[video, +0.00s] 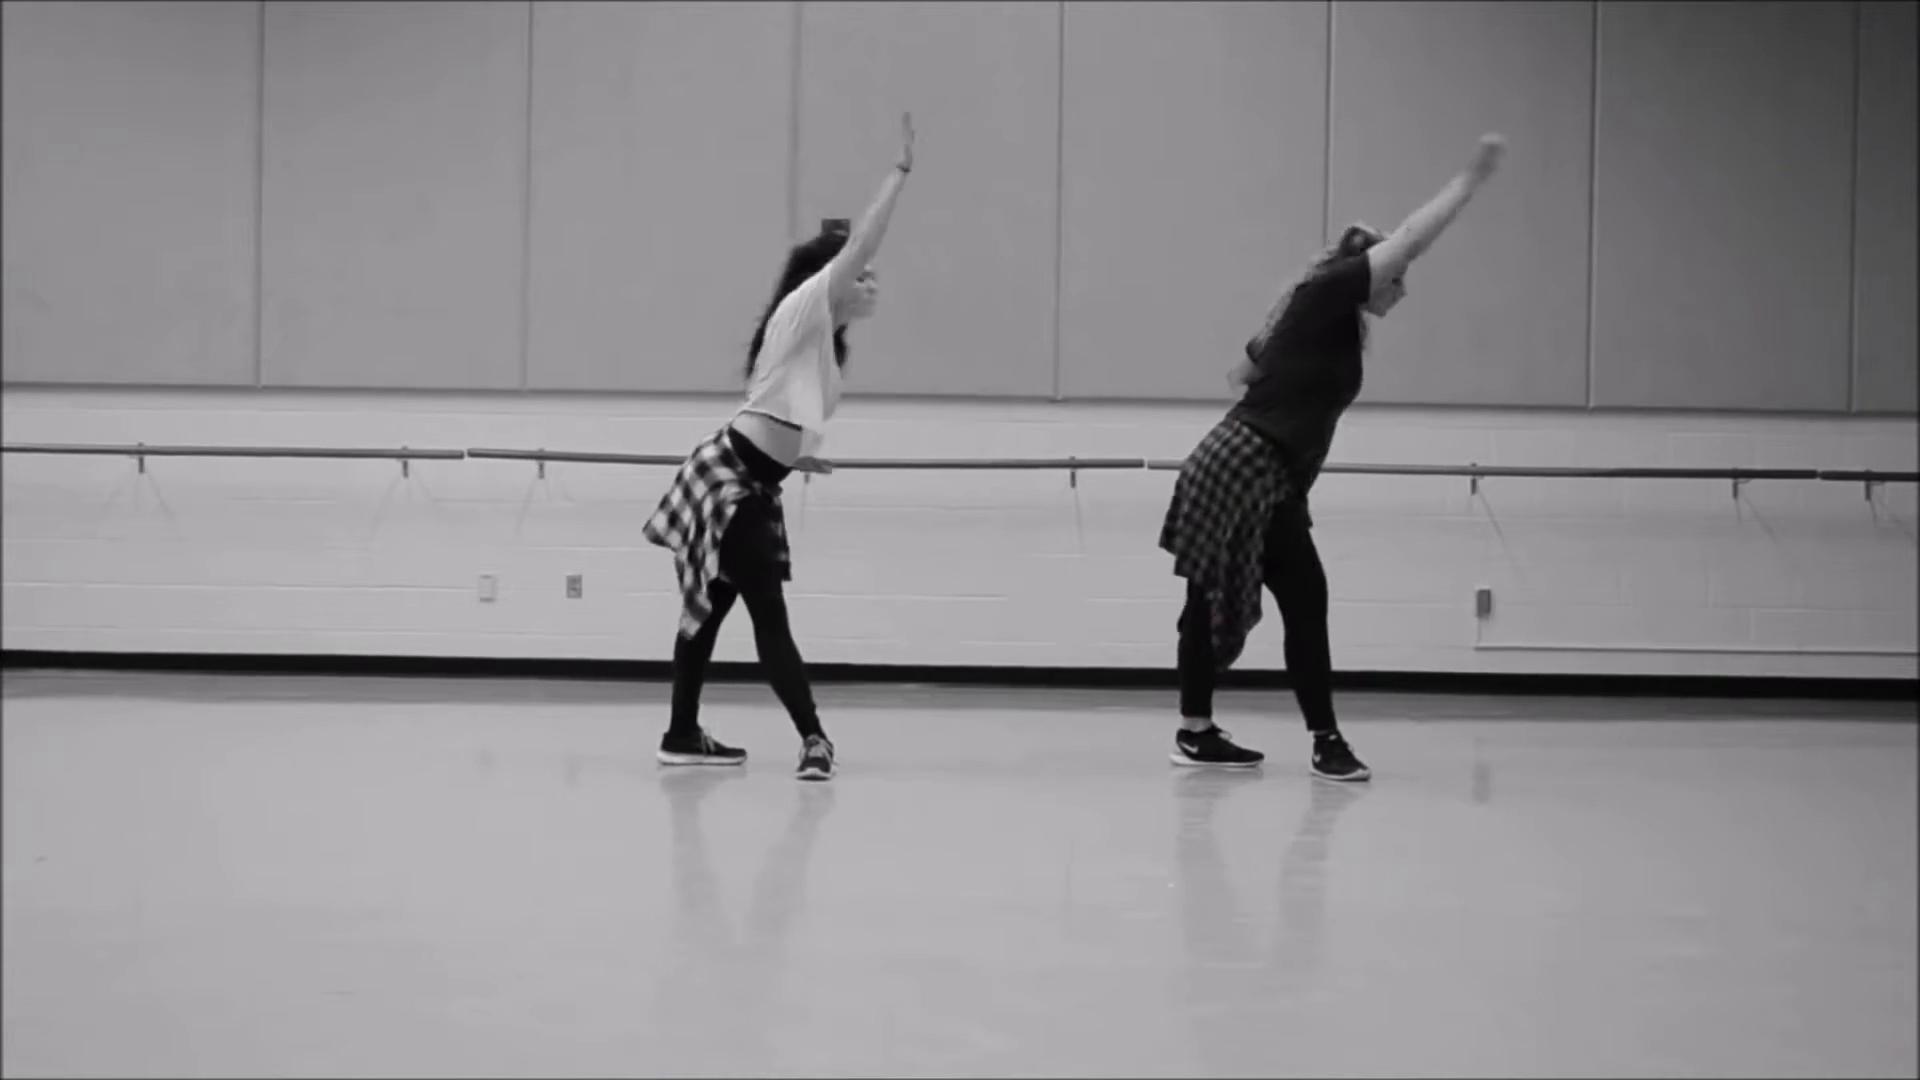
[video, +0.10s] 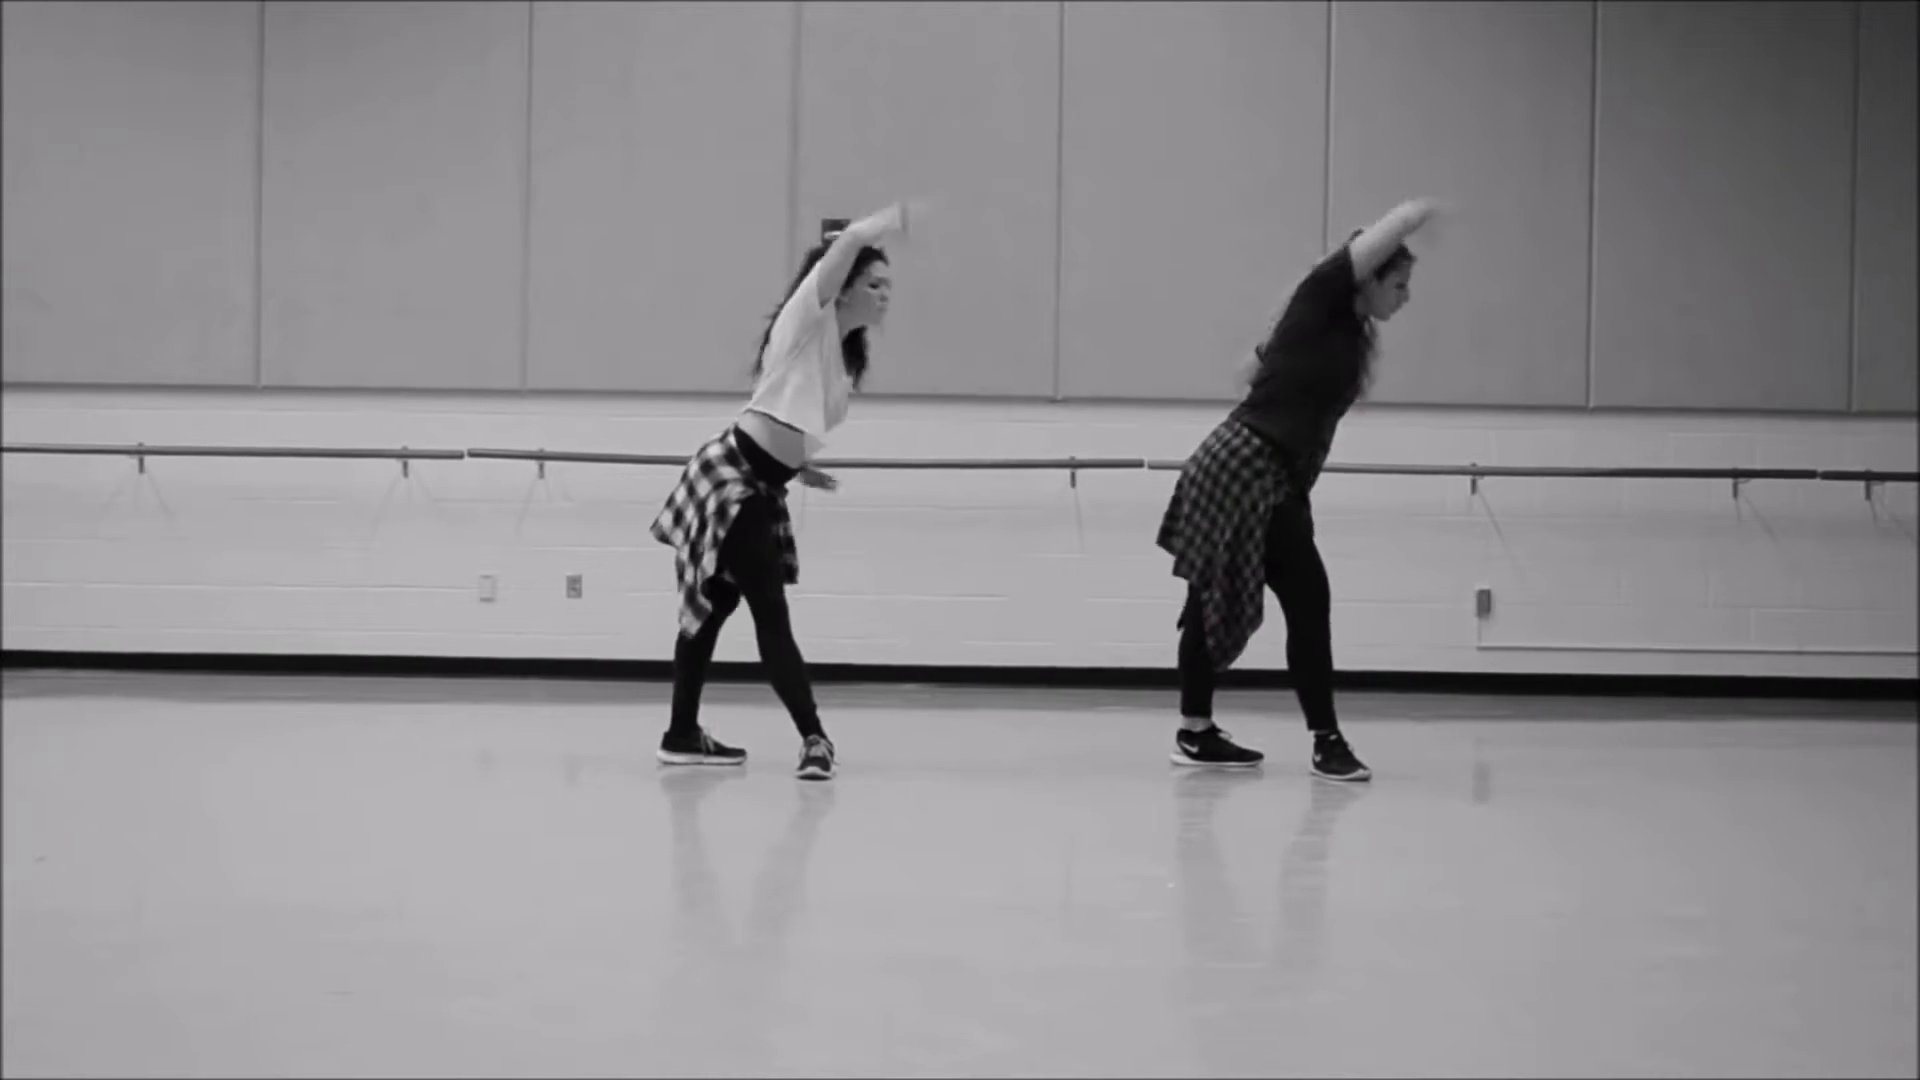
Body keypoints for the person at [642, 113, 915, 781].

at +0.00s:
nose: (871, 287)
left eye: (871, 276)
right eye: (861, 276)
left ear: (850, 284)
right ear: (832, 278)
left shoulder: (819, 341)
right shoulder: (799, 316)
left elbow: (772, 420)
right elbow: (858, 247)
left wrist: (805, 456)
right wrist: (900, 173)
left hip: (750, 479)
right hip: (737, 477)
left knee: (708, 605)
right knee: (768, 613)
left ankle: (682, 732)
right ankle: (813, 740)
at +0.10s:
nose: (886, 295)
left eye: (888, 287)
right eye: (876, 286)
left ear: (876, 297)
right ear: (842, 287)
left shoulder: (838, 356)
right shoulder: (803, 326)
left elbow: (785, 419)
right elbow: (845, 243)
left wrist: (805, 464)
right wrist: (890, 218)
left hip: (762, 485)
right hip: (735, 474)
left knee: (708, 606)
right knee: (771, 613)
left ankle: (681, 731)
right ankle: (814, 737)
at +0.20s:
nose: (891, 301)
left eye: (894, 293)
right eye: (880, 290)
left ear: (890, 302)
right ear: (849, 289)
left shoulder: (844, 366)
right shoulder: (808, 321)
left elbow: (850, 426)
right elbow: (859, 233)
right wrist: (894, 254)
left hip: (765, 488)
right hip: (735, 472)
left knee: (707, 605)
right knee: (772, 611)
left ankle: (682, 730)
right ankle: (814, 738)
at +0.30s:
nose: (894, 304)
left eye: (899, 296)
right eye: (886, 292)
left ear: (892, 303)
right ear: (854, 290)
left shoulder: (851, 371)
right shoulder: (811, 324)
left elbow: (904, 419)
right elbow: (875, 233)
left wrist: (912, 351)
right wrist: (897, 262)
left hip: (764, 489)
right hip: (733, 473)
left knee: (706, 607)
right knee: (772, 615)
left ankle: (681, 731)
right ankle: (814, 739)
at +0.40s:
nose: (897, 310)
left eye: (901, 302)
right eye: (889, 298)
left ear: (886, 306)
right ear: (858, 294)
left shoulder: (855, 368)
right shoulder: (812, 322)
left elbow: (908, 414)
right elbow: (889, 236)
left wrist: (904, 336)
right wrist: (904, 269)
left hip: (767, 488)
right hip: (734, 472)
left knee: (708, 608)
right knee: (773, 616)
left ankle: (681, 730)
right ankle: (814, 739)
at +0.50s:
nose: (891, 316)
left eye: (897, 305)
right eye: (883, 302)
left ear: (891, 308)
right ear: (853, 295)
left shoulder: (856, 372)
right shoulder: (813, 321)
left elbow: (902, 408)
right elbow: (861, 224)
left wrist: (901, 334)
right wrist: (894, 257)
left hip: (766, 488)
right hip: (733, 471)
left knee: (708, 607)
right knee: (772, 614)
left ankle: (681, 730)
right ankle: (814, 739)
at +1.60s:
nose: (933, 262)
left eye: (942, 252)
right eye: (921, 254)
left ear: (961, 259)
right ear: (905, 264)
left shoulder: (994, 322)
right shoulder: (882, 325)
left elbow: (1063, 367)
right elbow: (812, 380)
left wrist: (982, 396)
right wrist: (878, 412)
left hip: (968, 491)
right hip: (893, 492)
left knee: (1024, 613)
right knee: (851, 613)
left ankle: (1081, 735)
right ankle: (803, 739)